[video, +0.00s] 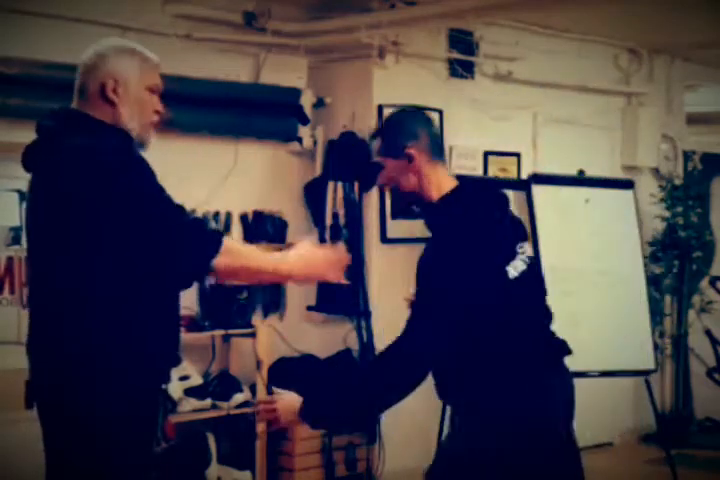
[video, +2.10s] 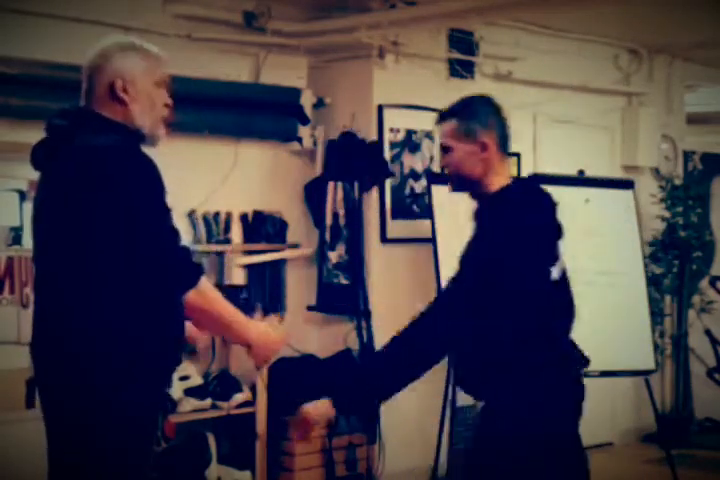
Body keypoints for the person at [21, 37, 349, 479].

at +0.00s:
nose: (161, 109)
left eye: (159, 96)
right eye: (154, 93)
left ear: (110, 92)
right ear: (112, 91)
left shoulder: (63, 157)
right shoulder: (104, 160)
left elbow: (178, 245)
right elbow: (194, 250)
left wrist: (277, 262)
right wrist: (290, 265)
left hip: (71, 382)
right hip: (109, 390)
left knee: (78, 472)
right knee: (118, 471)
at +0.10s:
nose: (156, 105)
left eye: (154, 92)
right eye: (148, 89)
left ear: (106, 90)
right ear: (107, 89)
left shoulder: (61, 154)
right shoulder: (97, 157)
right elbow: (192, 240)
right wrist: (299, 212)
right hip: (108, 389)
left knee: (80, 473)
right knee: (115, 472)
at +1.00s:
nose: (155, 114)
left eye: (155, 101)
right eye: (149, 98)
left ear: (112, 92)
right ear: (112, 92)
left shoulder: (55, 154)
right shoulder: (106, 155)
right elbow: (188, 230)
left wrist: (212, 239)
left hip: (68, 374)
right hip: (113, 379)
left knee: (74, 471)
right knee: (118, 470)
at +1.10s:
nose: (165, 119)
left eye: (166, 107)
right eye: (161, 104)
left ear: (115, 94)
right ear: (123, 95)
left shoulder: (52, 157)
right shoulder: (127, 161)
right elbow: (213, 227)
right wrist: (180, 169)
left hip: (63, 374)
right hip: (119, 379)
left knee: (68, 471)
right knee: (120, 471)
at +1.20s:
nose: (173, 127)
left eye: (176, 115)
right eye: (170, 111)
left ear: (127, 95)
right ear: (135, 97)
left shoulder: (54, 159)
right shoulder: (135, 160)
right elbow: (219, 241)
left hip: (61, 375)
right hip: (120, 381)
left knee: (67, 471)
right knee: (120, 470)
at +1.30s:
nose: (175, 136)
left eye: (179, 123)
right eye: (174, 118)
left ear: (133, 97)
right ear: (141, 99)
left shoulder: (56, 158)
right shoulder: (136, 165)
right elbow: (221, 262)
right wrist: (302, 312)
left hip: (57, 376)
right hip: (120, 382)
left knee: (63, 472)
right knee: (121, 471)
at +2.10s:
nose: (170, 101)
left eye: (167, 89)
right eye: (162, 87)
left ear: (119, 91)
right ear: (123, 91)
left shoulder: (64, 161)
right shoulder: (124, 164)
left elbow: (110, 274)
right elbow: (174, 276)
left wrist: (181, 324)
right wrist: (253, 335)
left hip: (69, 370)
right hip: (116, 379)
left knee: (74, 470)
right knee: (120, 470)